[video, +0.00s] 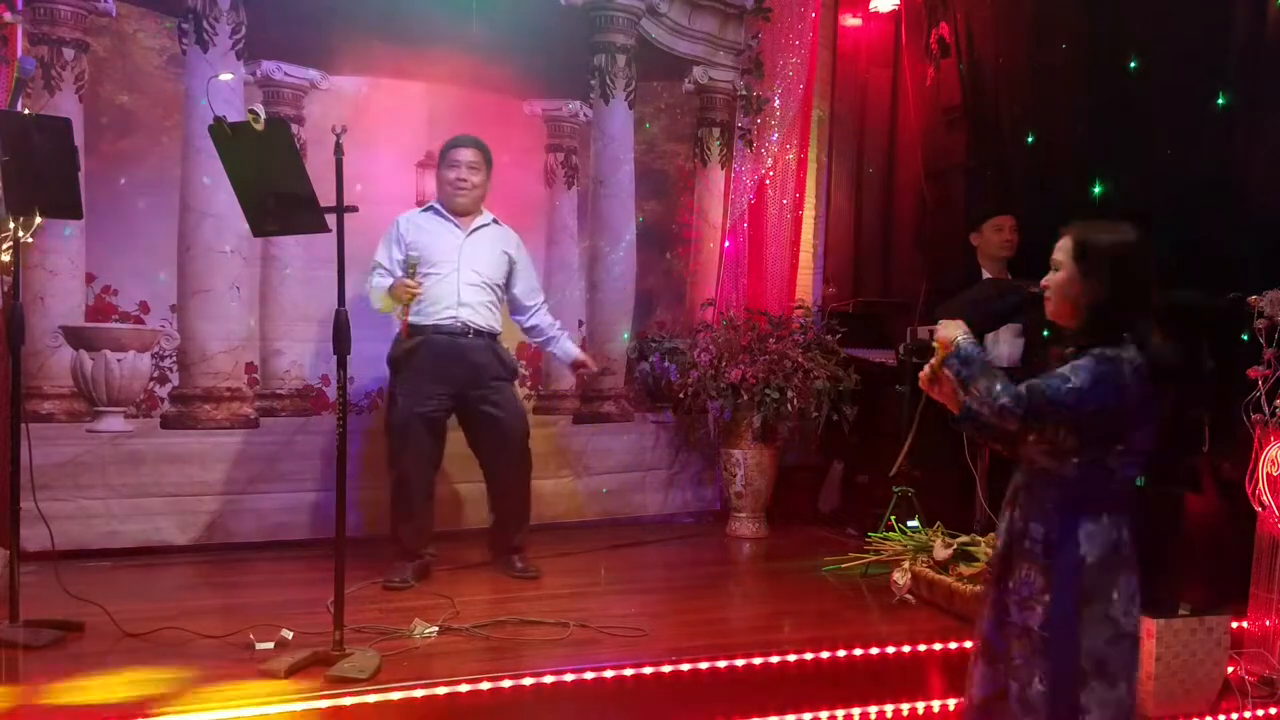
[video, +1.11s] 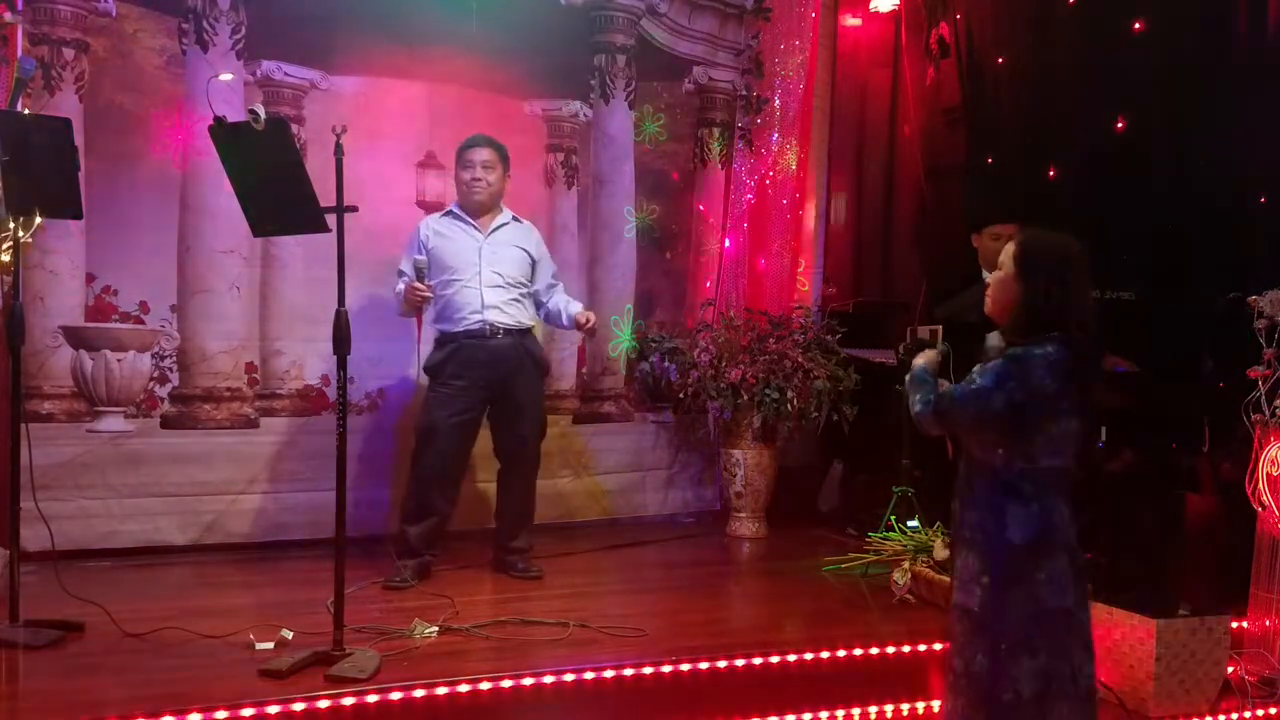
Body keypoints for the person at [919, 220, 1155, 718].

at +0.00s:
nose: (1045, 281)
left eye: (1058, 269)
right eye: (1050, 268)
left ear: (1099, 285)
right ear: (1089, 286)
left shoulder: (1113, 367)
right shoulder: (1089, 361)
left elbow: (1016, 408)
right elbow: (1030, 431)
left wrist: (962, 346)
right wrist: (962, 405)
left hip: (1078, 541)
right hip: (1047, 534)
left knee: (1061, 677)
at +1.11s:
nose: (988, 280)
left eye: (1001, 272)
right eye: (994, 269)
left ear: (1034, 289)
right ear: (1043, 293)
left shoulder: (1020, 370)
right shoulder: (1063, 363)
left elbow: (932, 410)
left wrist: (921, 368)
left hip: (1007, 551)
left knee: (999, 669)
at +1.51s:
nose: (949, 298)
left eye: (958, 286)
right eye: (952, 286)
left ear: (994, 293)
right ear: (994, 296)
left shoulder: (1009, 373)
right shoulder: (1019, 368)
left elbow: (935, 441)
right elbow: (949, 438)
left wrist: (885, 379)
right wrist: (891, 411)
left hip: (984, 560)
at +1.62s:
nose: (928, 299)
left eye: (937, 286)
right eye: (930, 286)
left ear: (972, 295)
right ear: (972, 298)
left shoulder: (995, 380)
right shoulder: (973, 374)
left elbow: (929, 450)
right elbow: (922, 442)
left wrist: (862, 417)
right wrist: (861, 412)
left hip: (978, 574)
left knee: (980, 696)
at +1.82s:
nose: (876, 298)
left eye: (885, 288)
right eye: (880, 287)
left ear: (913, 299)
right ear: (940, 299)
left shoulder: (922, 380)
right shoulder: (966, 369)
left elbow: (871, 456)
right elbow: (881, 441)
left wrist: (813, 444)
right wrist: (819, 418)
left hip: (912, 555)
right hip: (960, 546)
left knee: (891, 675)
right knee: (965, 666)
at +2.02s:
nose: (821, 302)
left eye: (829, 291)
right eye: (825, 290)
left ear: (853, 303)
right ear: (888, 302)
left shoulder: (855, 386)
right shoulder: (918, 374)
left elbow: (784, 447)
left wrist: (744, 423)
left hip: (860, 555)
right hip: (912, 545)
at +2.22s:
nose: (769, 301)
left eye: (776, 291)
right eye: (773, 289)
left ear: (790, 301)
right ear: (837, 301)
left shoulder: (782, 377)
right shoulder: (851, 371)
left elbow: (705, 426)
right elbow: (807, 452)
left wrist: (683, 397)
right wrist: (738, 456)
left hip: (787, 537)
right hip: (845, 531)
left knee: (770, 649)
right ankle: (894, 708)